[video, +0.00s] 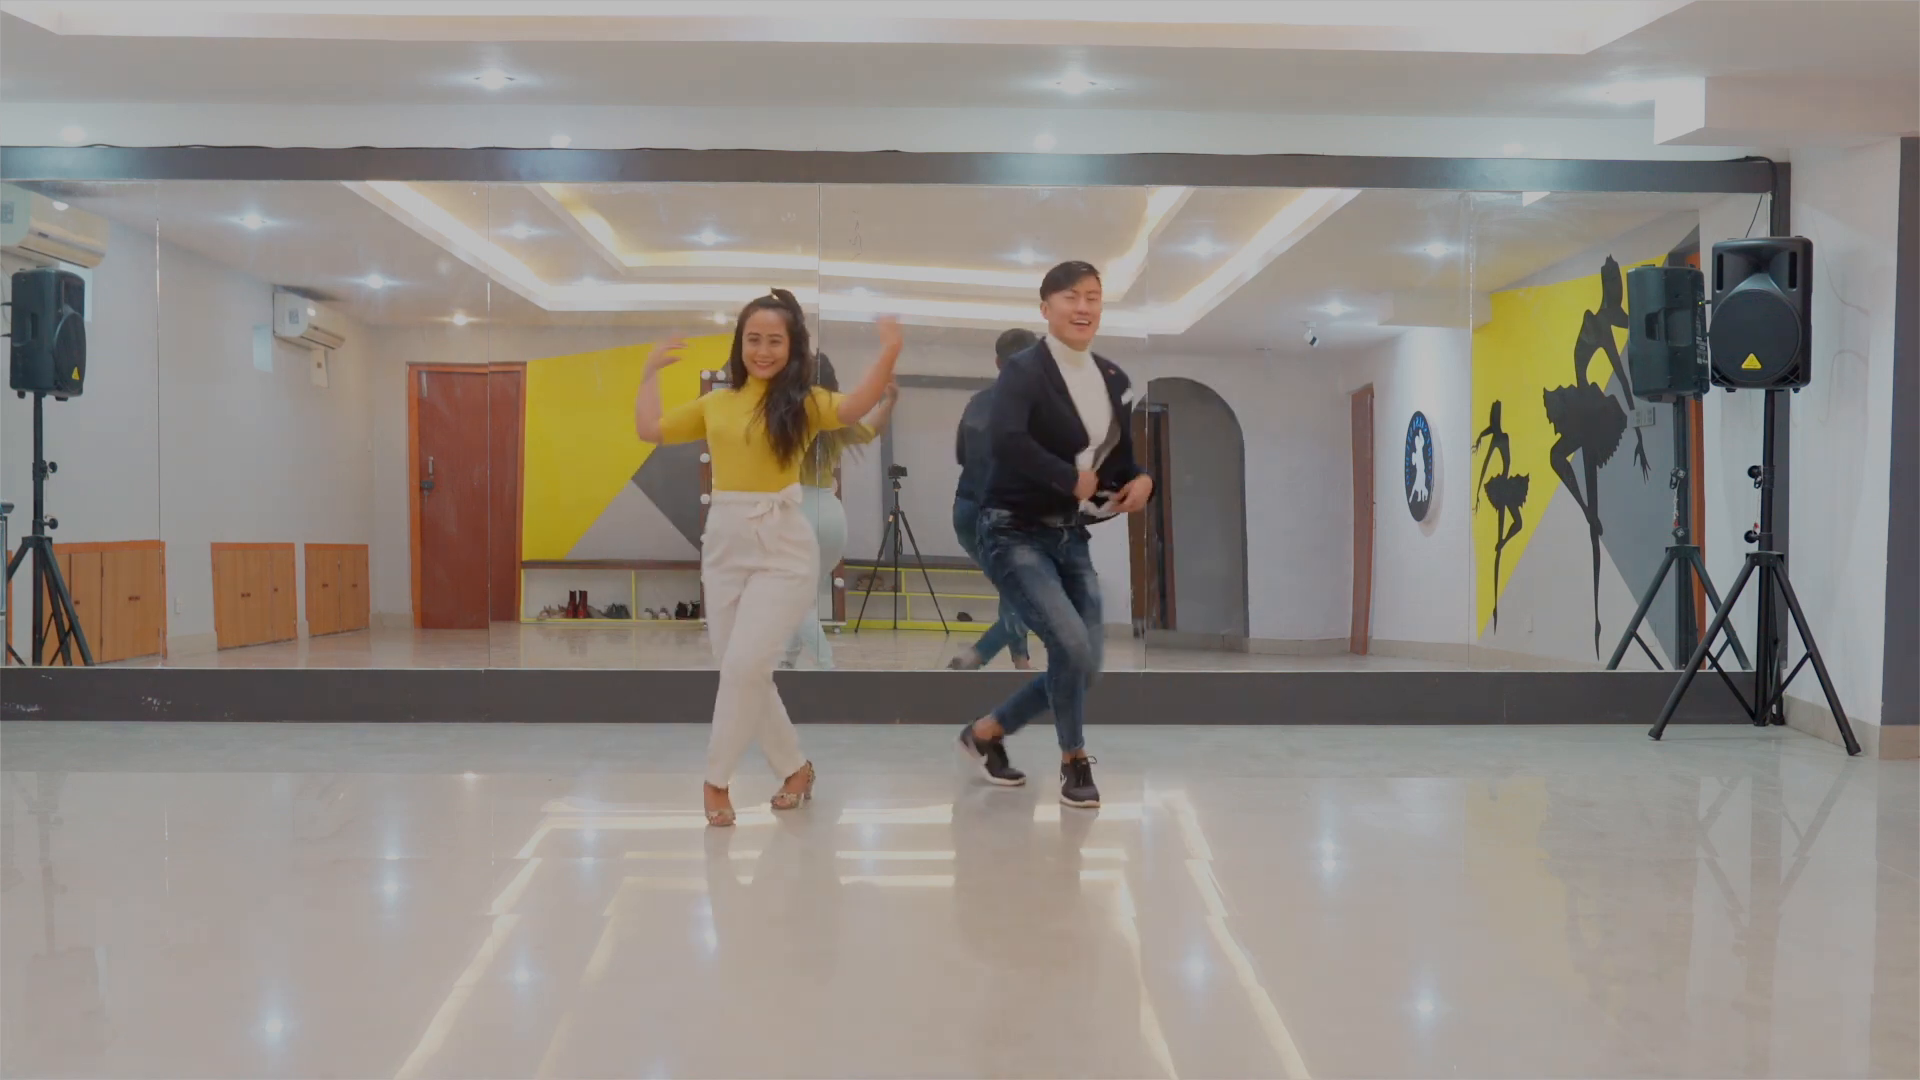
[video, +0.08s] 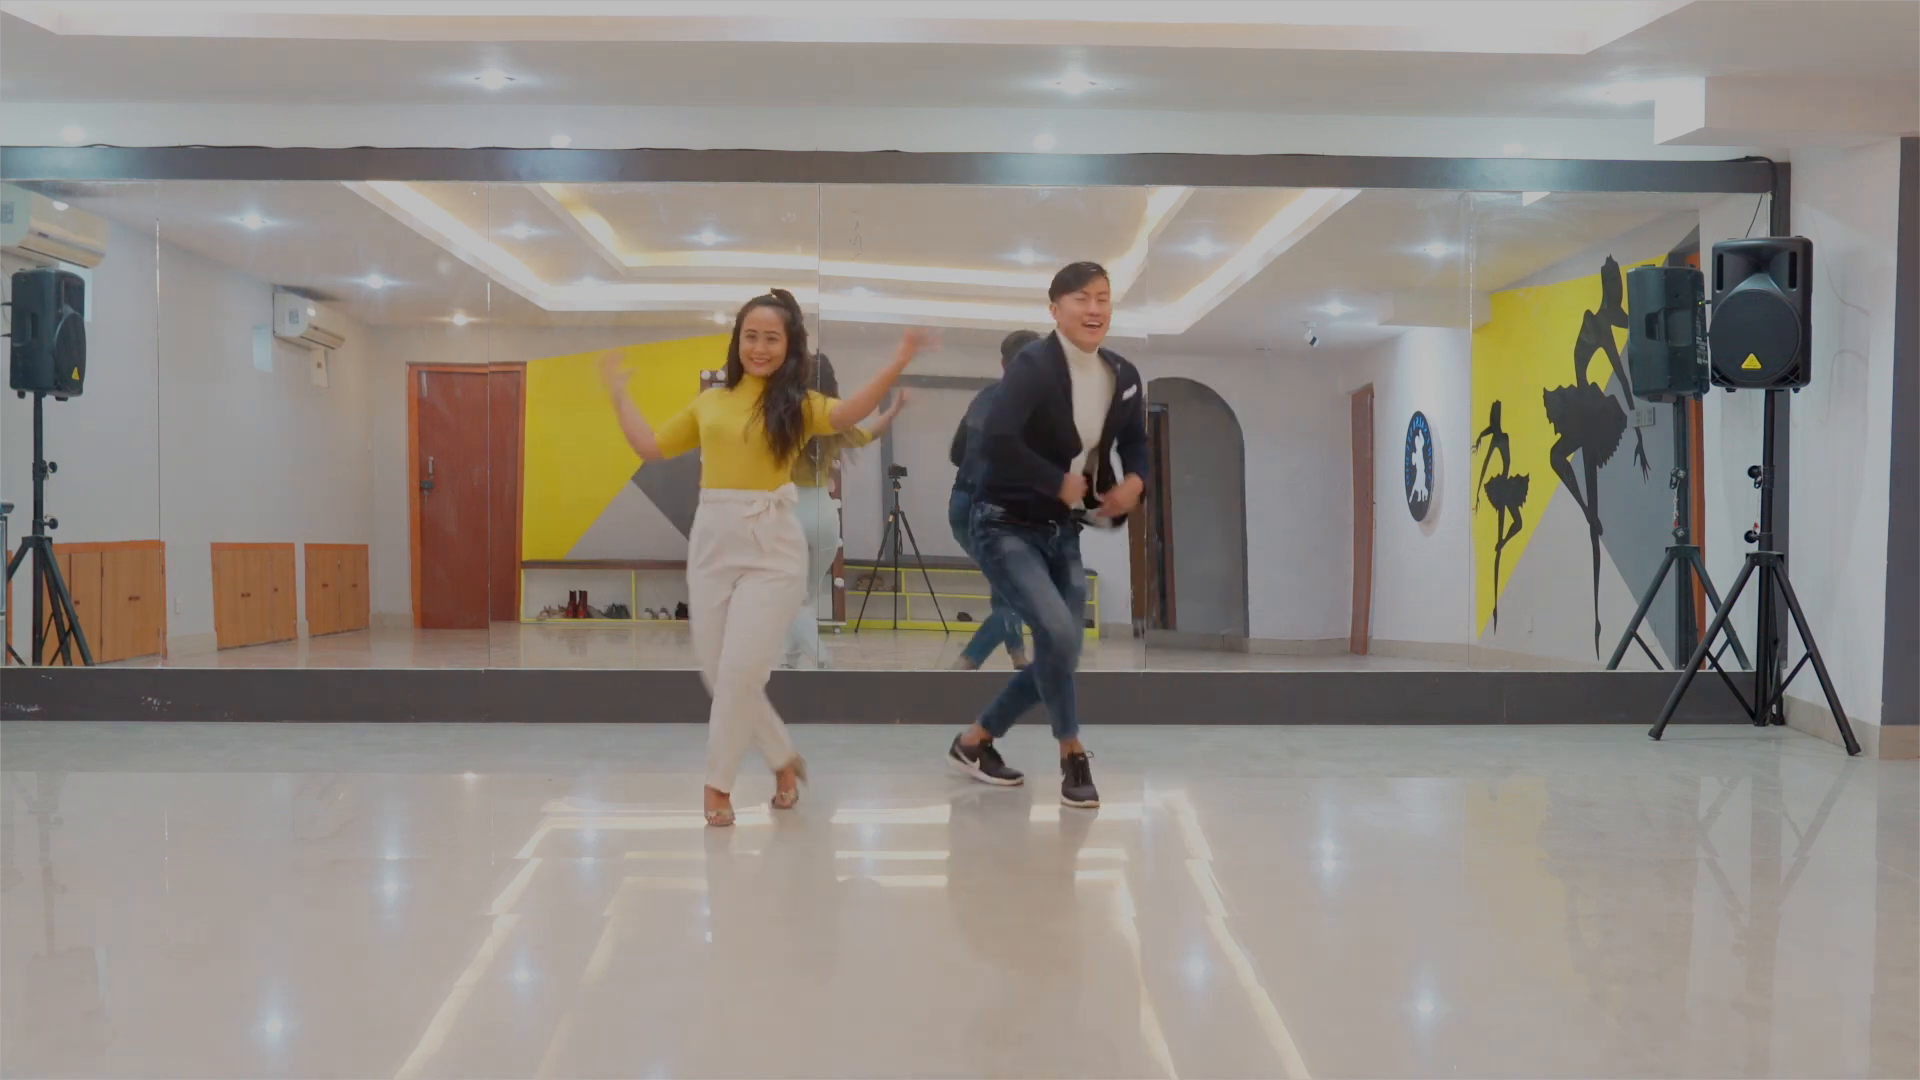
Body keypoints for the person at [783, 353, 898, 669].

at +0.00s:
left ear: (793, 378)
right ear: (830, 383)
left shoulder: (780, 414)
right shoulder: (830, 418)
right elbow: (867, 430)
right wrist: (889, 400)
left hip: (791, 507)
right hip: (828, 505)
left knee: (803, 596)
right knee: (806, 592)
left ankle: (822, 668)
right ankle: (782, 661)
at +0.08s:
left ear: (792, 382)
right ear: (830, 385)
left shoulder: (779, 415)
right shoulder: (829, 418)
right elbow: (864, 435)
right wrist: (895, 409)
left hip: (785, 511)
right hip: (822, 508)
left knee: (795, 595)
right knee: (813, 593)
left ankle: (816, 663)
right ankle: (788, 661)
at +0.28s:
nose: (835, 397)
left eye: (834, 391)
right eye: (832, 392)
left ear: (793, 395)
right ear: (821, 396)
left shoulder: (778, 429)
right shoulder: (823, 433)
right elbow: (846, 471)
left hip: (777, 508)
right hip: (813, 508)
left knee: (776, 590)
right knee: (807, 592)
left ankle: (768, 659)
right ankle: (795, 660)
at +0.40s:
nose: (778, 405)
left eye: (780, 399)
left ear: (787, 403)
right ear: (810, 401)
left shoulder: (776, 434)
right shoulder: (819, 434)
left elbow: (832, 484)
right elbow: (831, 482)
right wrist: (837, 526)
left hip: (779, 514)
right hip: (814, 512)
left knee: (780, 593)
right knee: (807, 597)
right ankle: (792, 661)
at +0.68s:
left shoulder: (780, 460)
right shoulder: (819, 459)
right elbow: (827, 507)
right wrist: (817, 549)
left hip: (760, 539)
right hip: (786, 544)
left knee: (769, 603)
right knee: (820, 606)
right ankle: (786, 664)